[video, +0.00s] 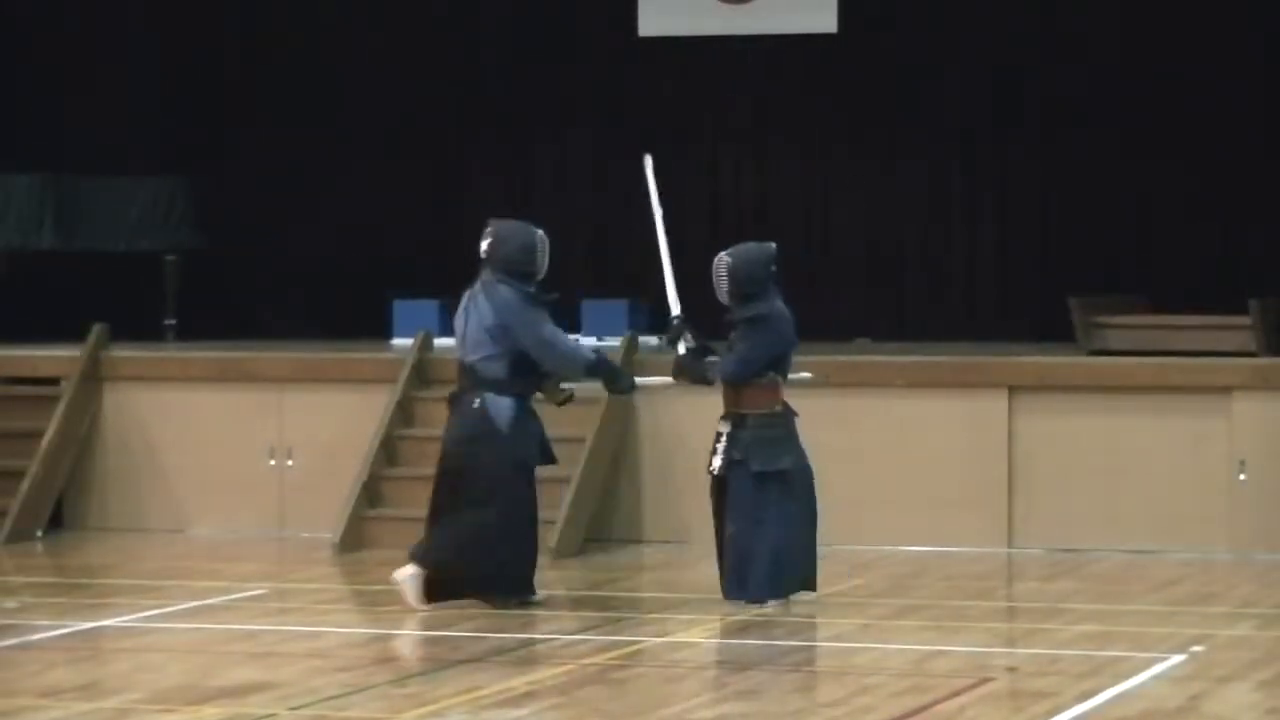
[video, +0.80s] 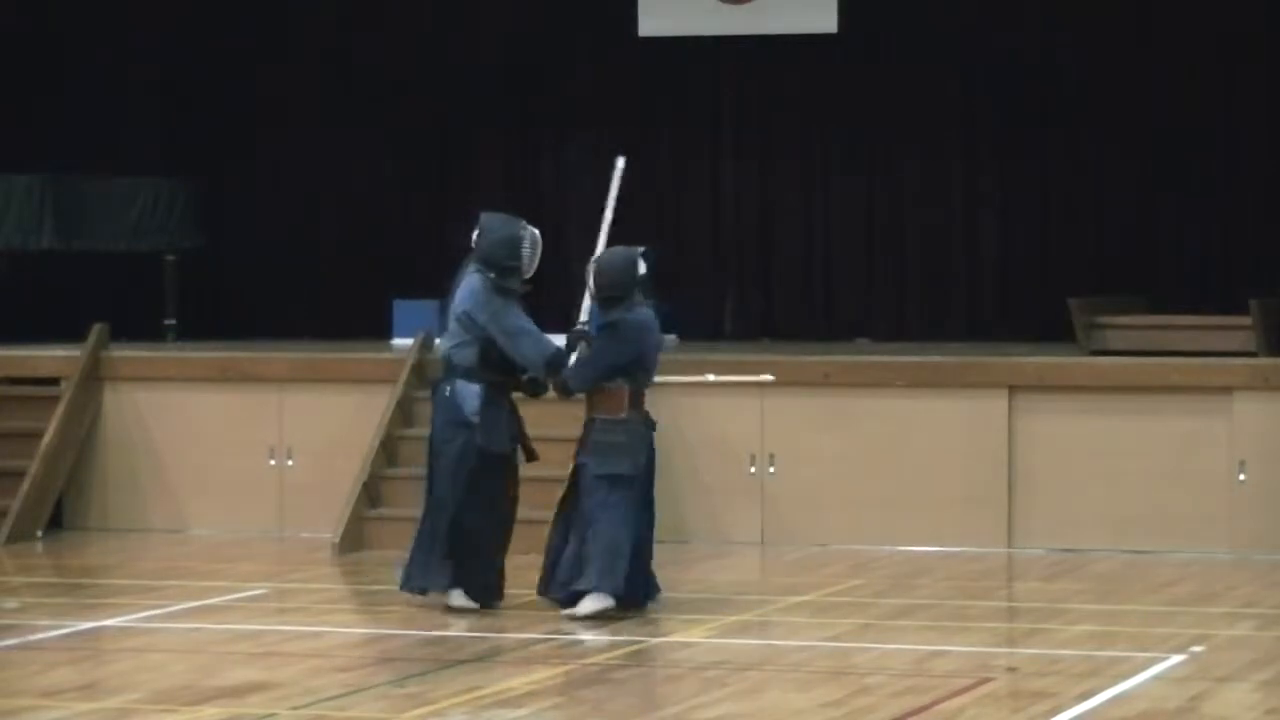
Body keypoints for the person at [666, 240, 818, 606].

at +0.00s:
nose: (723, 286)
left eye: (727, 278)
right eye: (723, 278)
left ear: (745, 280)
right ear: (754, 280)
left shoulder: (769, 322)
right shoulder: (748, 318)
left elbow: (734, 369)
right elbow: (728, 359)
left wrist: (696, 361)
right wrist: (694, 343)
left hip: (763, 430)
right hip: (743, 426)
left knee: (758, 509)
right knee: (743, 508)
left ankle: (767, 593)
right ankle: (750, 591)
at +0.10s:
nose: (709, 288)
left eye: (713, 280)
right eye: (709, 280)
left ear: (729, 281)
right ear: (742, 280)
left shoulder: (757, 324)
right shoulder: (734, 320)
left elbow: (722, 369)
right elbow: (714, 355)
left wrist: (677, 371)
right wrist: (680, 346)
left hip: (752, 429)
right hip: (725, 427)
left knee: (758, 507)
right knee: (719, 505)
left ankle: (770, 590)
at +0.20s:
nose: (694, 293)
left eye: (699, 285)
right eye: (694, 285)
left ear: (716, 286)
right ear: (728, 285)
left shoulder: (745, 328)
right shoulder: (716, 325)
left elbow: (707, 371)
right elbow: (698, 359)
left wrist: (665, 379)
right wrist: (670, 350)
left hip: (738, 432)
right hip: (707, 431)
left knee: (750, 509)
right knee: (687, 505)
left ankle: (765, 590)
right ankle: (678, 584)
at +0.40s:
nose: (655, 294)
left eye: (660, 287)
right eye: (655, 286)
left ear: (678, 288)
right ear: (686, 288)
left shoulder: (704, 331)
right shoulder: (675, 324)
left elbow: (668, 374)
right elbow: (658, 352)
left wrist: (628, 384)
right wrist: (628, 349)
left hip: (691, 436)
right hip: (661, 432)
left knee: (697, 507)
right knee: (647, 507)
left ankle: (740, 569)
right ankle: (648, 589)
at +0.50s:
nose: (636, 290)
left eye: (642, 283)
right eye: (637, 283)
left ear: (658, 285)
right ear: (671, 283)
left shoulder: (683, 328)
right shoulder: (653, 322)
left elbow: (647, 373)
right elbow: (630, 360)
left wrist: (613, 380)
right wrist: (604, 349)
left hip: (668, 432)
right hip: (644, 428)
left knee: (661, 505)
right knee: (631, 502)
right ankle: (636, 587)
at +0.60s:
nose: (620, 290)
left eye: (625, 282)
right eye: (621, 282)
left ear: (640, 285)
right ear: (656, 283)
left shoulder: (666, 327)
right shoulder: (645, 321)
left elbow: (629, 371)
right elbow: (629, 359)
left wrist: (598, 376)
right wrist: (597, 352)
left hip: (650, 429)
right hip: (627, 425)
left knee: (644, 505)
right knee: (617, 503)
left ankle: (659, 587)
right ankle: (620, 586)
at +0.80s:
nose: (592, 286)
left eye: (595, 280)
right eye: (593, 280)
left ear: (603, 284)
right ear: (633, 282)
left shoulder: (623, 327)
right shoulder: (640, 321)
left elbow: (580, 375)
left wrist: (565, 377)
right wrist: (581, 342)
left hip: (613, 427)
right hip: (627, 423)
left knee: (605, 504)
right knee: (622, 504)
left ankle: (603, 587)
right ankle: (633, 583)